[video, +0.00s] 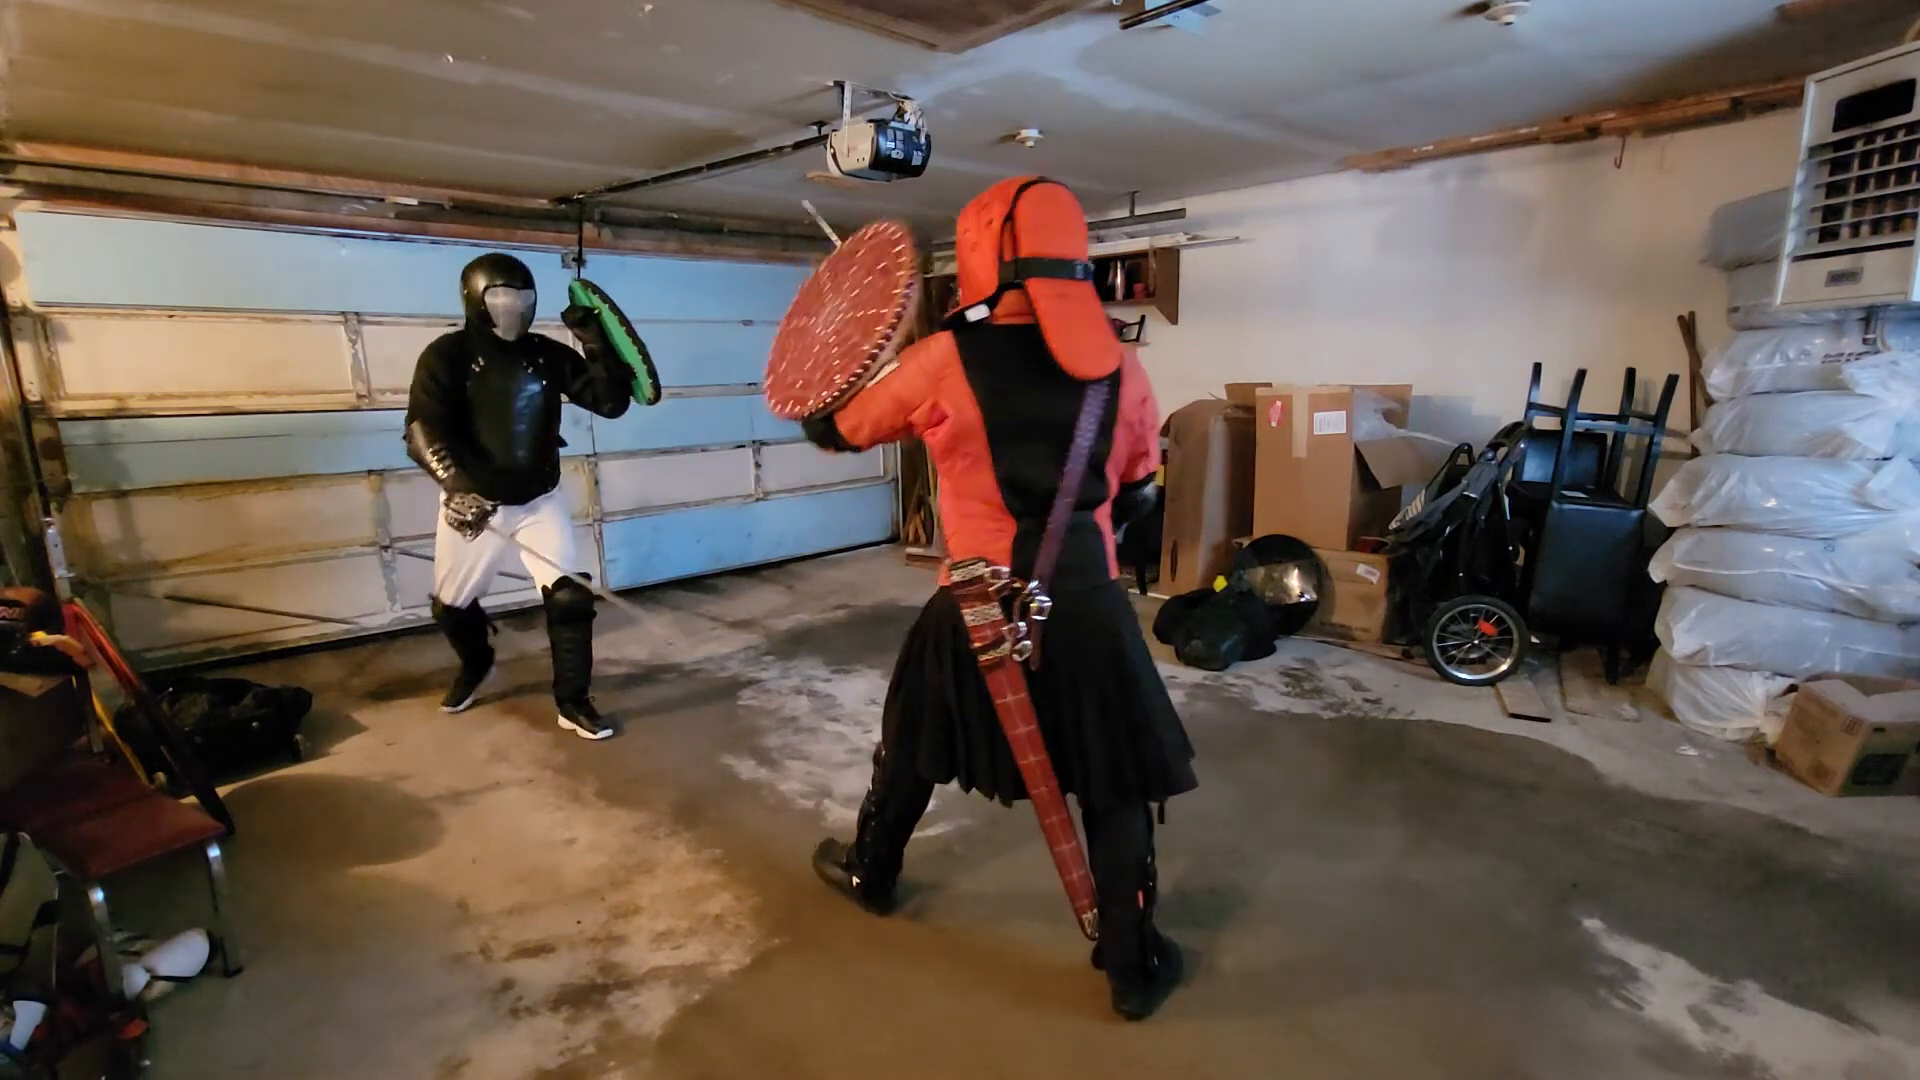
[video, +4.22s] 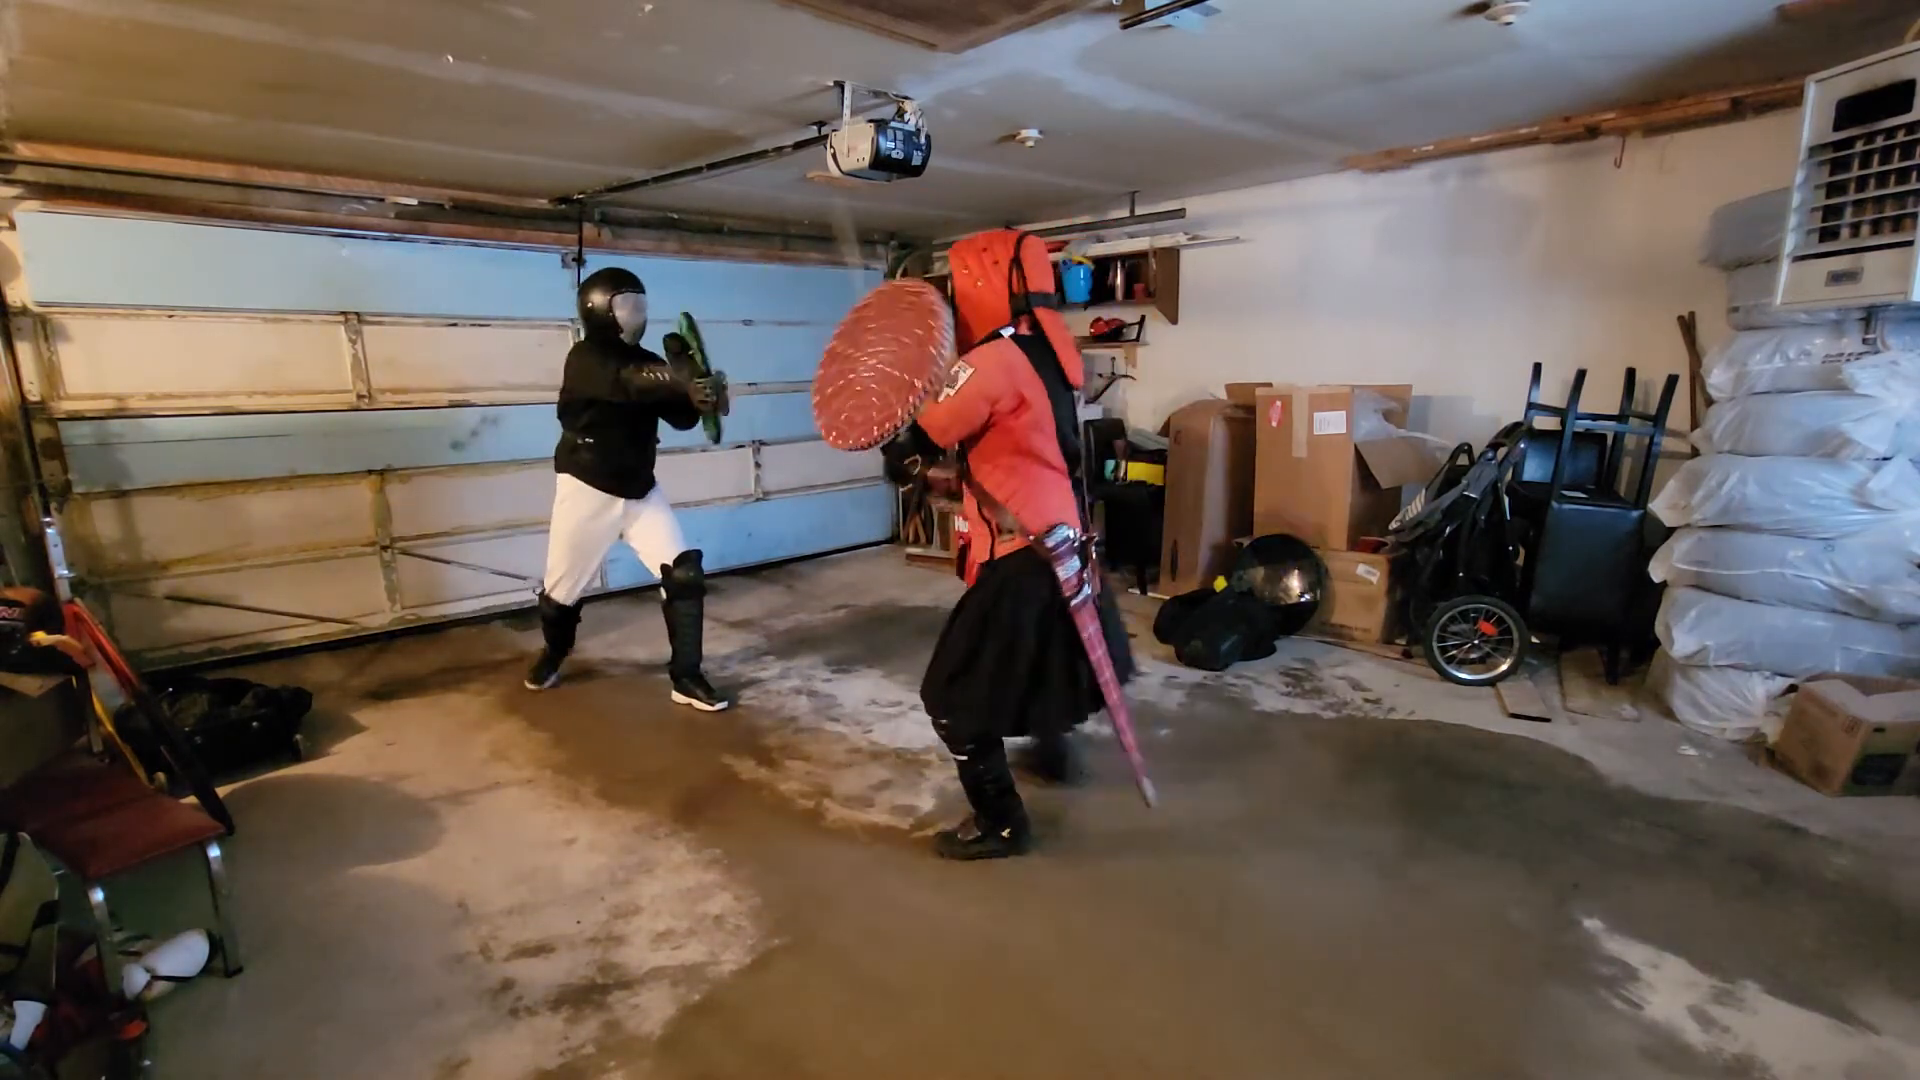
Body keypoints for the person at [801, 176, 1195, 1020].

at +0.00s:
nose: (958, 268)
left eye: (965, 255)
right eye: (966, 255)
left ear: (984, 262)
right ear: (1075, 260)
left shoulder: (945, 360)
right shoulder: (1120, 370)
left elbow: (841, 428)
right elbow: (1137, 497)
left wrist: (831, 375)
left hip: (975, 608)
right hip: (1087, 610)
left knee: (919, 733)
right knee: (1114, 775)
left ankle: (872, 868)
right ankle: (1131, 962)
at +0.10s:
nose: (935, 276)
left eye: (941, 263)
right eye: (941, 264)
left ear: (960, 269)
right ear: (1046, 266)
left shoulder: (921, 365)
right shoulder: (1095, 372)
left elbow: (826, 443)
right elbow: (1110, 485)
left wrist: (809, 397)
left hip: (956, 605)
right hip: (1068, 606)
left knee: (899, 721)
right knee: (1102, 775)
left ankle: (866, 866)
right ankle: (1127, 959)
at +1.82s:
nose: (948, 305)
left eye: (951, 293)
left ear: (959, 298)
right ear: (1040, 297)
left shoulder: (927, 384)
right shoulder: (1093, 390)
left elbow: (847, 431)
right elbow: (1132, 509)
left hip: (962, 611)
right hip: (1073, 610)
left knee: (887, 726)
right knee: (1124, 745)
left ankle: (851, 856)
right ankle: (1151, 908)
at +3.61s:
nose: (1045, 292)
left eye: (1051, 281)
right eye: (1048, 280)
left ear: (1068, 286)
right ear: (1141, 286)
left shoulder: (1032, 369)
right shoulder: (1190, 373)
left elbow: (956, 449)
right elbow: (1226, 492)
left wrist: (934, 391)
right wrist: (1170, 517)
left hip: (1057, 578)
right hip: (1164, 580)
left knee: (985, 694)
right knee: (1207, 726)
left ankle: (974, 834)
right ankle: (1236, 890)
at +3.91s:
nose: (992, 303)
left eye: (999, 291)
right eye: (995, 290)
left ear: (1024, 301)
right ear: (1066, 300)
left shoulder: (1000, 371)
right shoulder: (1101, 374)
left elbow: (939, 442)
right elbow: (1106, 454)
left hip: (1033, 573)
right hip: (1113, 570)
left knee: (961, 685)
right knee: (1147, 714)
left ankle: (1001, 822)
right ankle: (1220, 839)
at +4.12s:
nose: (966, 301)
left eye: (973, 289)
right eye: (967, 287)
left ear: (999, 294)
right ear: (1036, 290)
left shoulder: (999, 364)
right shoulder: (1058, 357)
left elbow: (931, 442)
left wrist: (884, 451)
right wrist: (946, 478)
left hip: (1017, 568)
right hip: (1074, 556)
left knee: (951, 692)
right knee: (1077, 679)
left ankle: (1001, 824)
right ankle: (1139, 783)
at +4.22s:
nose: (954, 298)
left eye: (961, 284)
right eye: (953, 285)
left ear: (992, 288)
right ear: (1025, 286)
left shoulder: (997, 362)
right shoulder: (1050, 352)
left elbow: (931, 433)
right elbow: (1002, 435)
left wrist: (902, 446)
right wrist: (939, 445)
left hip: (1018, 559)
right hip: (1063, 545)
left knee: (951, 690)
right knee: (1044, 644)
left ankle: (999, 820)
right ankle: (1054, 746)